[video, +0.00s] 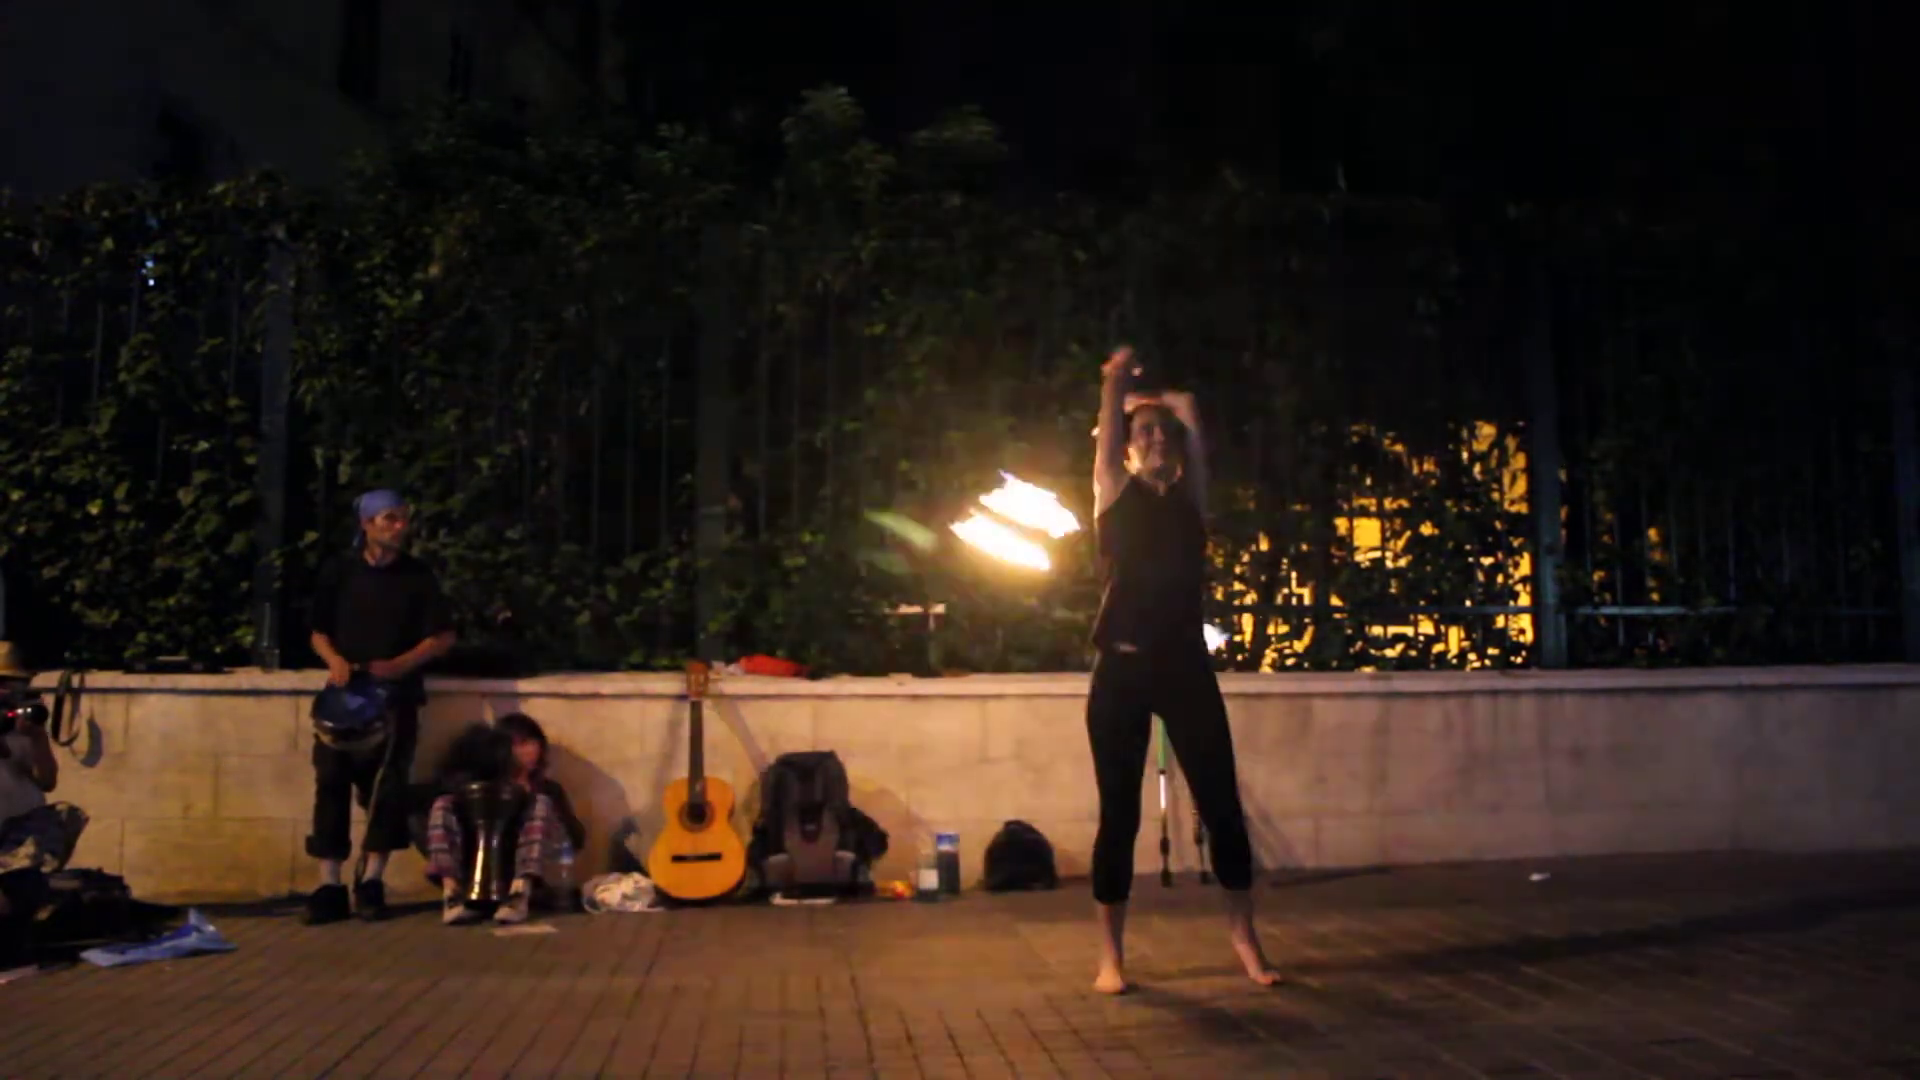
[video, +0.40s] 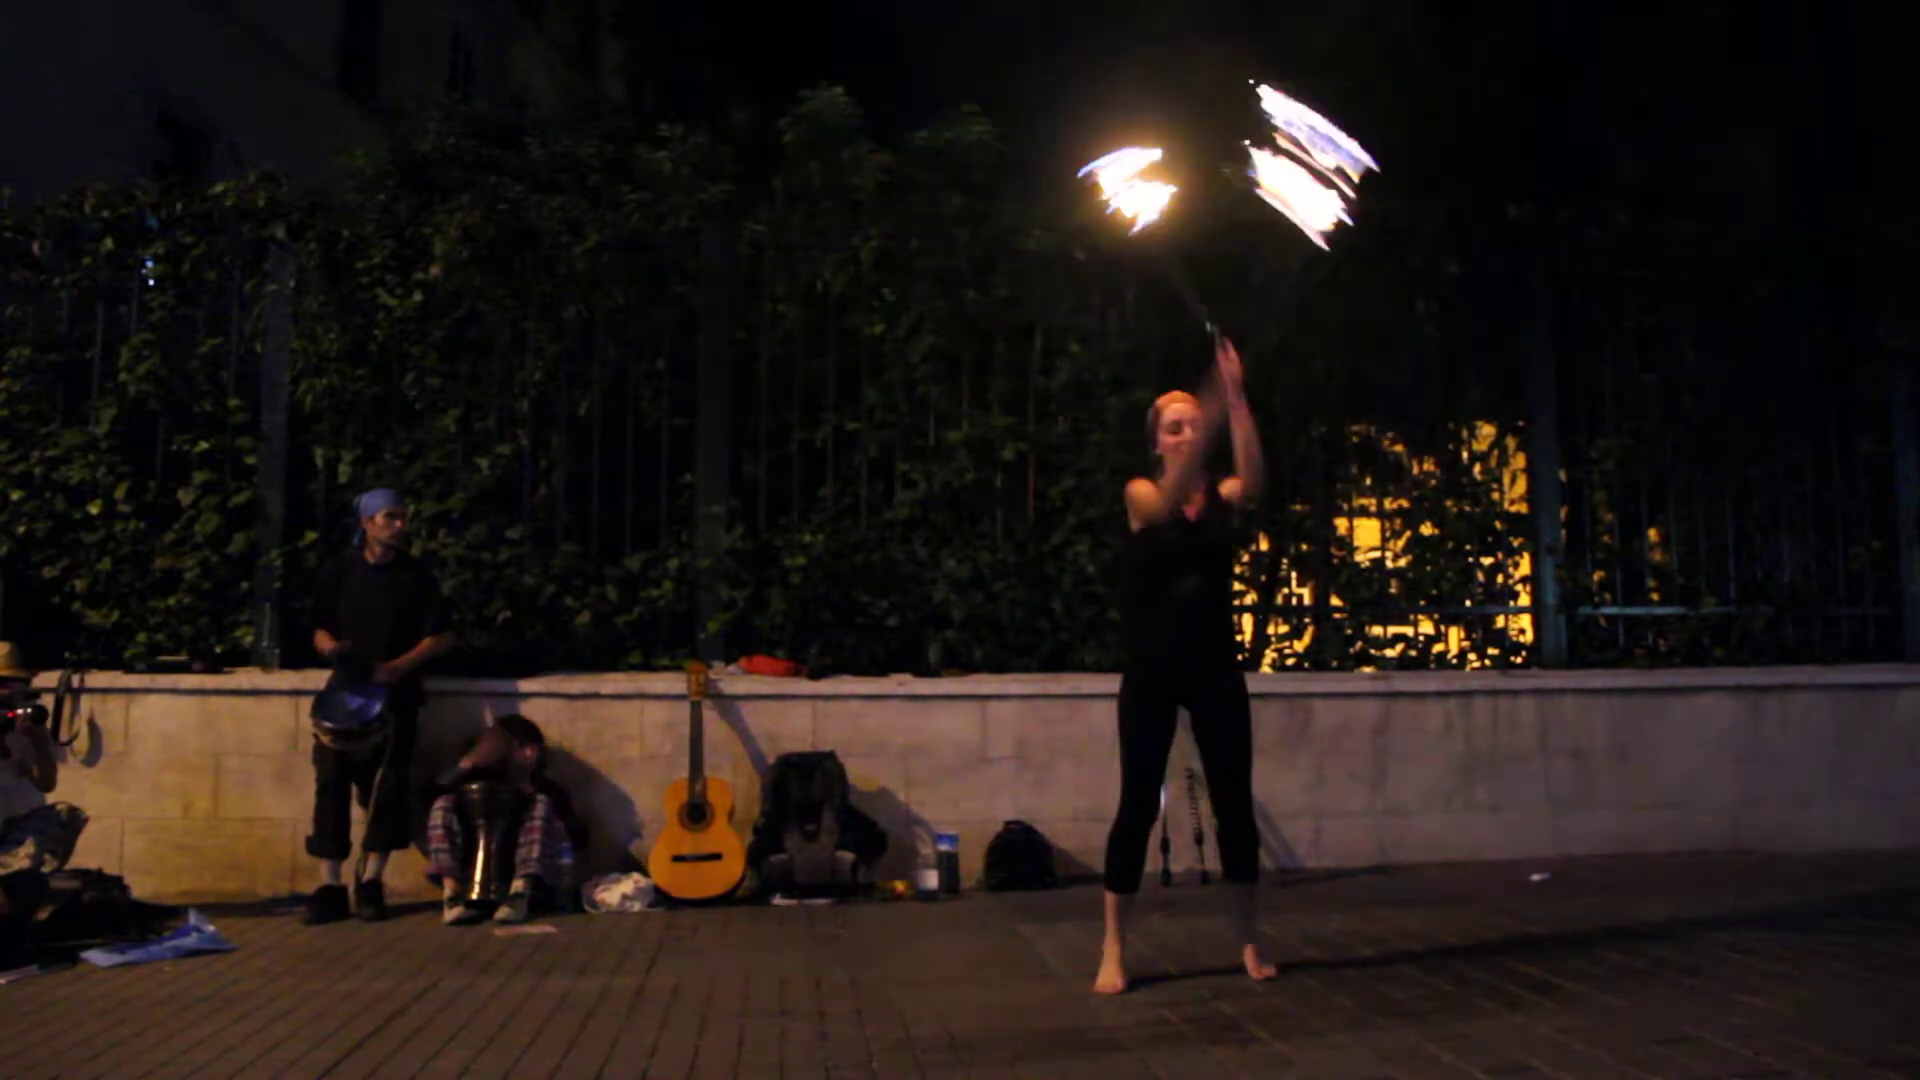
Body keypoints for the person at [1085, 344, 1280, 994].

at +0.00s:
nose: (1151, 438)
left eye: (1161, 428)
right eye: (1140, 430)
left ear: (1177, 439)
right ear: (1125, 442)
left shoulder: (1191, 497)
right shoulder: (1114, 495)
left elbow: (1192, 417)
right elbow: (1108, 435)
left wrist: (1150, 397)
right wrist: (1112, 383)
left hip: (1186, 665)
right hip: (1121, 669)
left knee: (1222, 804)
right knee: (1119, 814)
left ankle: (1244, 934)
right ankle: (1111, 953)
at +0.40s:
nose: (1183, 436)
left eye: (1190, 426)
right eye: (1171, 428)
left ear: (1206, 434)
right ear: (1152, 439)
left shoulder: (1223, 497)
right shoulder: (1139, 494)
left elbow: (1252, 481)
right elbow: (1161, 502)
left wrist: (1235, 401)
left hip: (1216, 669)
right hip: (1151, 672)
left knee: (1235, 803)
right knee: (1138, 805)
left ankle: (1247, 939)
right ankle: (1112, 946)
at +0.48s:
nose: (1199, 438)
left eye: (1207, 429)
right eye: (1186, 431)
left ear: (1221, 440)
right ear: (1167, 443)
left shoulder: (1238, 492)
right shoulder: (1154, 502)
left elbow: (1274, 533)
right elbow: (1172, 556)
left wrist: (1264, 450)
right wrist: (1218, 520)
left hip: (1226, 668)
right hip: (1164, 669)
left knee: (1239, 801)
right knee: (1143, 804)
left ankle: (1247, 937)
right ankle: (1114, 944)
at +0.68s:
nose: (1222, 463)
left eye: (1229, 452)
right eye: (1209, 455)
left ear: (1242, 456)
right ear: (1190, 463)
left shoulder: (1273, 517)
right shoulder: (1178, 525)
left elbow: (1300, 583)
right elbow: (1187, 589)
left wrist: (1322, 522)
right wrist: (1201, 614)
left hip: (1250, 682)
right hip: (1185, 682)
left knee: (1256, 814)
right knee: (1153, 813)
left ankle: (1240, 944)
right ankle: (1116, 948)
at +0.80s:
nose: (1230, 466)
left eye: (1237, 456)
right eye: (1218, 459)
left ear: (1251, 461)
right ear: (1200, 470)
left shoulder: (1282, 524)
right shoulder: (1185, 532)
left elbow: (1318, 591)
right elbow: (1179, 616)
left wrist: (1372, 555)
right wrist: (1157, 589)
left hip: (1259, 689)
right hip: (1195, 686)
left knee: (1264, 817)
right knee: (1166, 808)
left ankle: (1245, 947)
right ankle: (1132, 928)